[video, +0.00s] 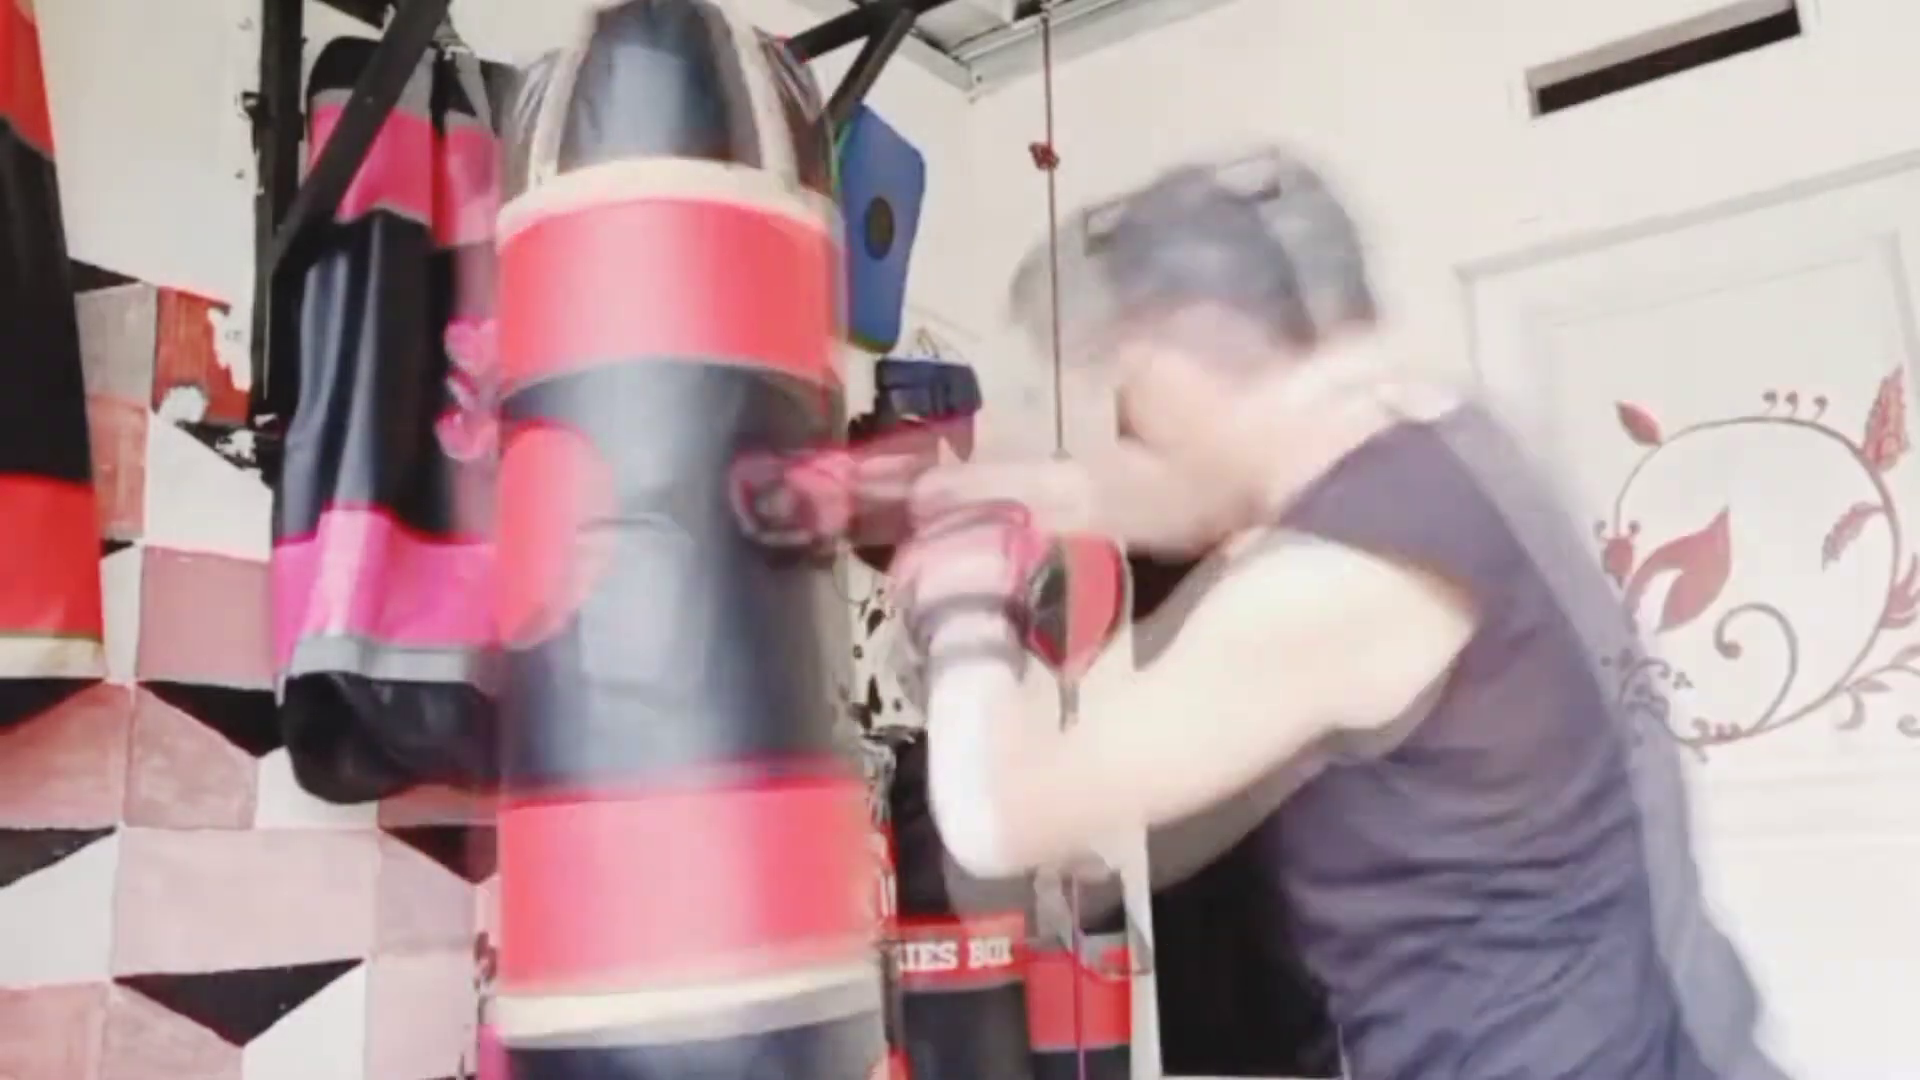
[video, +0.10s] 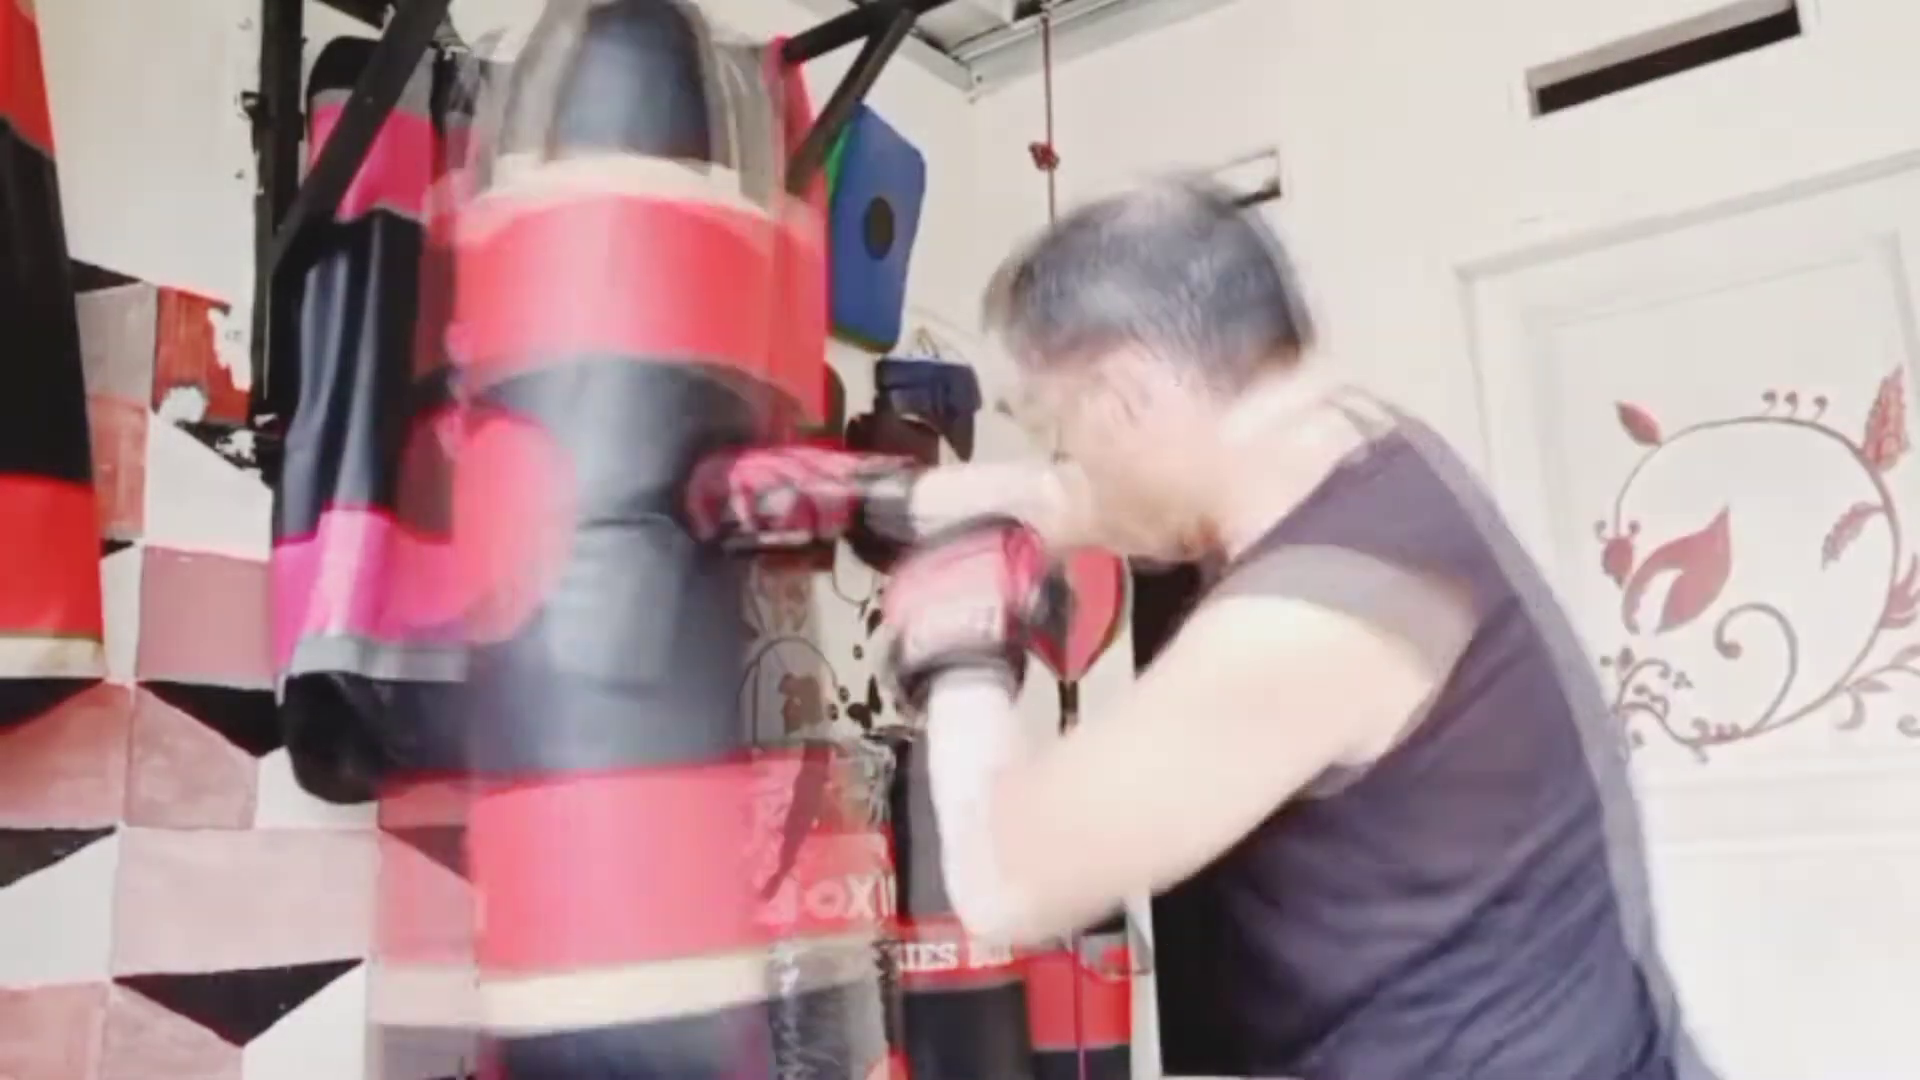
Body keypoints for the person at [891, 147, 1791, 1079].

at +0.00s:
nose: (1124, 430)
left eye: (1126, 385)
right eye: (1115, 395)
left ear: (1203, 337)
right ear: (1294, 319)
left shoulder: (1348, 561)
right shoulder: (1445, 453)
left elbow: (1005, 819)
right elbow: (1186, 500)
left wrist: (969, 605)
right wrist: (961, 485)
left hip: (1497, 1055)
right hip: (1604, 1026)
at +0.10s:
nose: (1064, 462)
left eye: (1057, 422)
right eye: (1044, 429)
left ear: (1131, 385)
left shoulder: (1321, 610)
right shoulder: (1361, 449)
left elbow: (1004, 883)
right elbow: (1152, 503)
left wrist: (964, 656)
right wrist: (882, 501)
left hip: (1451, 1059)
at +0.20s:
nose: (1048, 469)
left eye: (1040, 428)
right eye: (1028, 431)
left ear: (1118, 405)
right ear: (1244, 347)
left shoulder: (1298, 627)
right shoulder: (1346, 472)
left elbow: (973, 900)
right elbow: (1175, 553)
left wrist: (952, 649)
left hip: (1428, 1057)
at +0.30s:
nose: (1057, 474)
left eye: (1042, 420)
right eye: (1036, 425)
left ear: (1108, 387)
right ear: (1241, 332)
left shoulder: (1276, 588)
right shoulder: (1383, 481)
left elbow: (972, 871)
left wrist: (938, 646)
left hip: (1475, 1060)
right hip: (1613, 1035)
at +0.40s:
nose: (1082, 423)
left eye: (1080, 369)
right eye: (1071, 377)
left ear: (1145, 335)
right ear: (1289, 300)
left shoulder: (1252, 531)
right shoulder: (1490, 444)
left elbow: (951, 818)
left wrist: (960, 571)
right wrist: (1092, 580)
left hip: (1469, 1063)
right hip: (1715, 1048)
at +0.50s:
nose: (1199, 404)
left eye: (1190, 362)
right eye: (1184, 368)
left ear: (1252, 326)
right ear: (1386, 285)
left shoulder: (1288, 520)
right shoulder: (1607, 446)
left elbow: (1001, 776)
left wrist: (1011, 549)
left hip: (1524, 1055)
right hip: (1795, 1042)